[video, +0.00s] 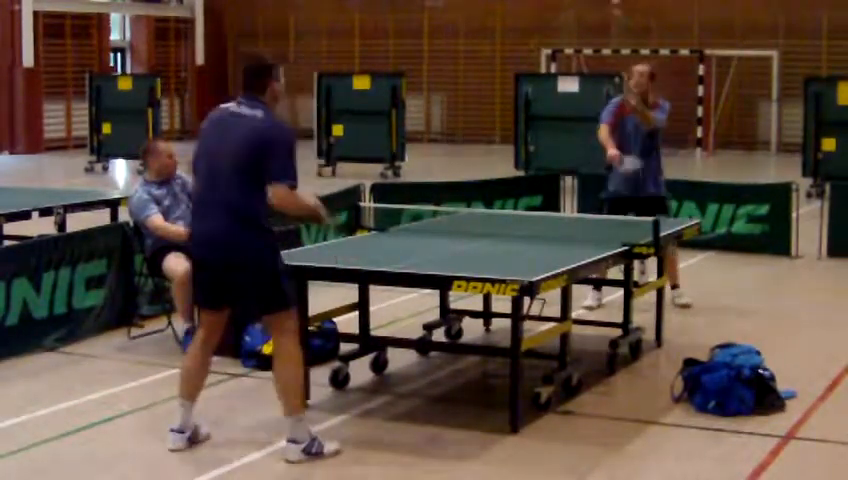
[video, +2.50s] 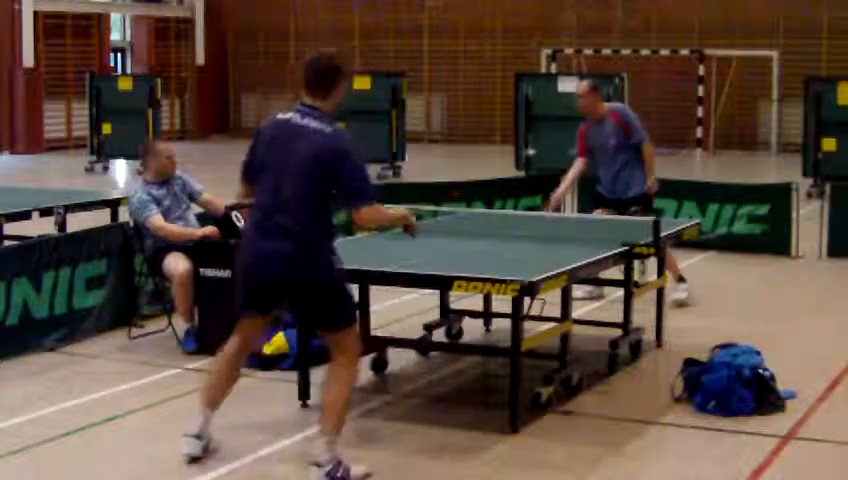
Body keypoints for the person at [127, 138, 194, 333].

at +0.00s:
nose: (174, 161)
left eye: (174, 156)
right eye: (168, 157)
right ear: (151, 162)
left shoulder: (182, 182)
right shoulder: (141, 196)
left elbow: (204, 199)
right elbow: (159, 227)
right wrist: (191, 235)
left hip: (194, 234)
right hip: (164, 243)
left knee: (218, 260)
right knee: (182, 270)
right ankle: (188, 325)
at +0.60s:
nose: (175, 161)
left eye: (174, 156)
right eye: (169, 157)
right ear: (153, 163)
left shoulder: (179, 181)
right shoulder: (140, 196)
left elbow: (199, 198)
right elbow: (160, 228)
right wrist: (194, 235)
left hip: (193, 235)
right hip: (164, 244)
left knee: (217, 256)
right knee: (182, 270)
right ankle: (188, 323)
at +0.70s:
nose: (175, 161)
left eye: (174, 156)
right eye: (169, 157)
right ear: (153, 163)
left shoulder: (178, 181)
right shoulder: (141, 196)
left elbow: (202, 198)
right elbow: (160, 228)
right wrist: (200, 233)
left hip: (193, 233)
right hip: (164, 243)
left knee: (221, 255)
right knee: (182, 270)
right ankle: (189, 324)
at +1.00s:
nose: (174, 162)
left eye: (173, 157)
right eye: (168, 158)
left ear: (174, 160)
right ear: (150, 163)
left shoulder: (179, 181)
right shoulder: (140, 196)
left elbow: (206, 202)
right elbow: (159, 228)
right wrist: (201, 233)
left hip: (194, 236)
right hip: (164, 243)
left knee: (227, 256)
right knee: (182, 269)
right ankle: (189, 326)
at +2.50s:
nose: (174, 162)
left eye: (174, 158)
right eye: (168, 158)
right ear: (151, 161)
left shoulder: (177, 180)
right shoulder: (140, 194)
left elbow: (207, 202)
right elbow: (160, 228)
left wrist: (235, 213)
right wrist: (199, 232)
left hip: (194, 236)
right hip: (164, 245)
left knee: (229, 252)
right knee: (182, 269)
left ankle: (226, 317)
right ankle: (188, 326)